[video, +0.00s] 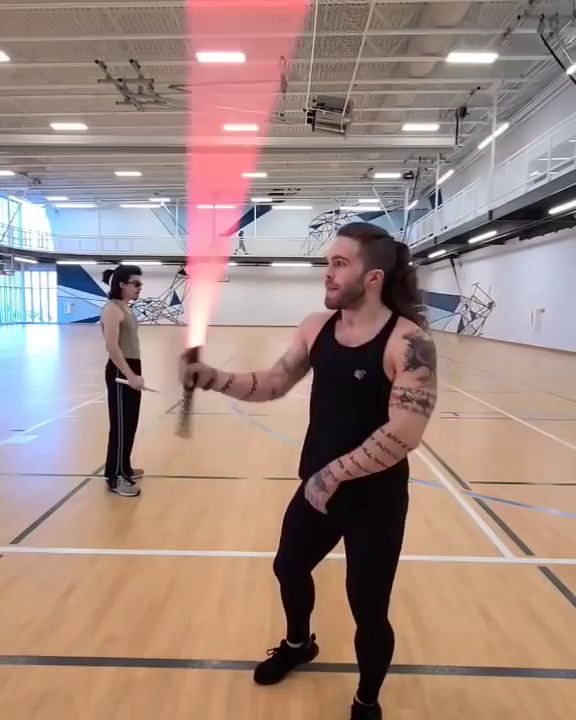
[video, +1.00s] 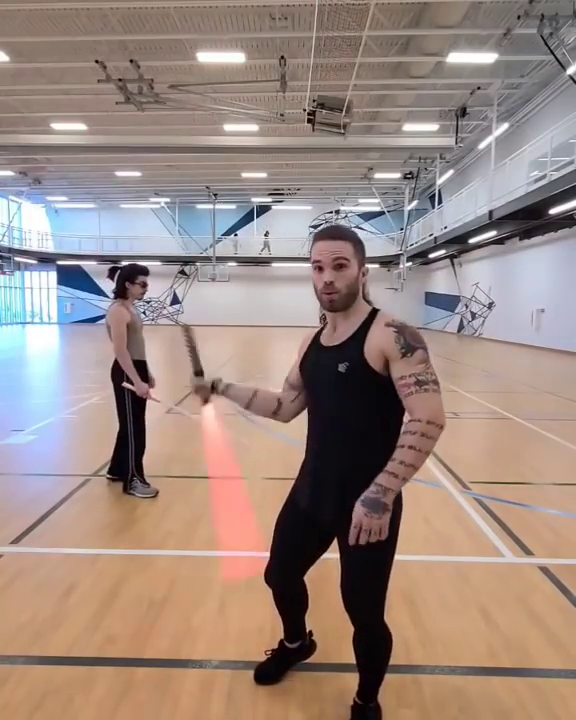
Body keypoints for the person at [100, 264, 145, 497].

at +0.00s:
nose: (138, 288)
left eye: (139, 284)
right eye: (134, 284)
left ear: (131, 287)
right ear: (121, 285)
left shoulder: (125, 309)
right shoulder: (112, 310)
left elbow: (127, 343)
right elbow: (112, 347)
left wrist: (136, 371)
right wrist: (130, 375)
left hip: (132, 367)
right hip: (119, 369)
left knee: (130, 424)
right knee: (120, 426)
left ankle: (124, 467)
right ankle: (114, 477)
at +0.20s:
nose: (139, 289)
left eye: (140, 285)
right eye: (136, 284)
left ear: (132, 287)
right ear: (122, 285)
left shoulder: (125, 309)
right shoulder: (113, 309)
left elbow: (124, 342)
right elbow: (106, 344)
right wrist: (116, 377)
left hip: (130, 366)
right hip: (120, 368)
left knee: (131, 420)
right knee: (127, 420)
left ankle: (126, 468)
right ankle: (117, 473)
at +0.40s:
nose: (140, 289)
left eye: (141, 285)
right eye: (136, 285)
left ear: (129, 287)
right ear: (123, 285)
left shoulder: (126, 310)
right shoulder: (113, 309)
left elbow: (130, 347)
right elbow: (105, 344)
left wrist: (139, 374)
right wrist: (112, 378)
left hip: (131, 368)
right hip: (121, 370)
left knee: (125, 422)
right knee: (130, 423)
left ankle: (119, 472)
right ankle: (127, 474)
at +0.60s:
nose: (141, 290)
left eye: (142, 286)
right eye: (137, 285)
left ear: (133, 287)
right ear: (124, 284)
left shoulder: (127, 310)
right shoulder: (114, 310)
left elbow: (135, 346)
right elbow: (110, 347)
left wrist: (147, 372)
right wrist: (121, 379)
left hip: (133, 369)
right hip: (122, 371)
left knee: (124, 423)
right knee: (129, 425)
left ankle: (115, 469)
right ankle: (131, 478)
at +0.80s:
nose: (142, 290)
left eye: (143, 286)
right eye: (138, 285)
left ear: (134, 287)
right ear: (124, 284)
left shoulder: (129, 310)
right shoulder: (115, 310)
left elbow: (137, 346)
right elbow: (115, 349)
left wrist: (148, 373)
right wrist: (131, 379)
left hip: (136, 369)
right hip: (125, 370)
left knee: (126, 424)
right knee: (132, 425)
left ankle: (116, 470)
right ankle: (133, 479)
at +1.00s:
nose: (145, 289)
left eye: (146, 285)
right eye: (141, 284)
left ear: (137, 287)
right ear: (127, 284)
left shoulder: (131, 310)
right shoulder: (118, 312)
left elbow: (136, 347)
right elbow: (120, 351)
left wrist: (147, 373)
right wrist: (136, 381)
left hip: (136, 369)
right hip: (125, 371)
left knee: (130, 425)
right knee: (134, 428)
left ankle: (117, 468)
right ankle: (133, 479)